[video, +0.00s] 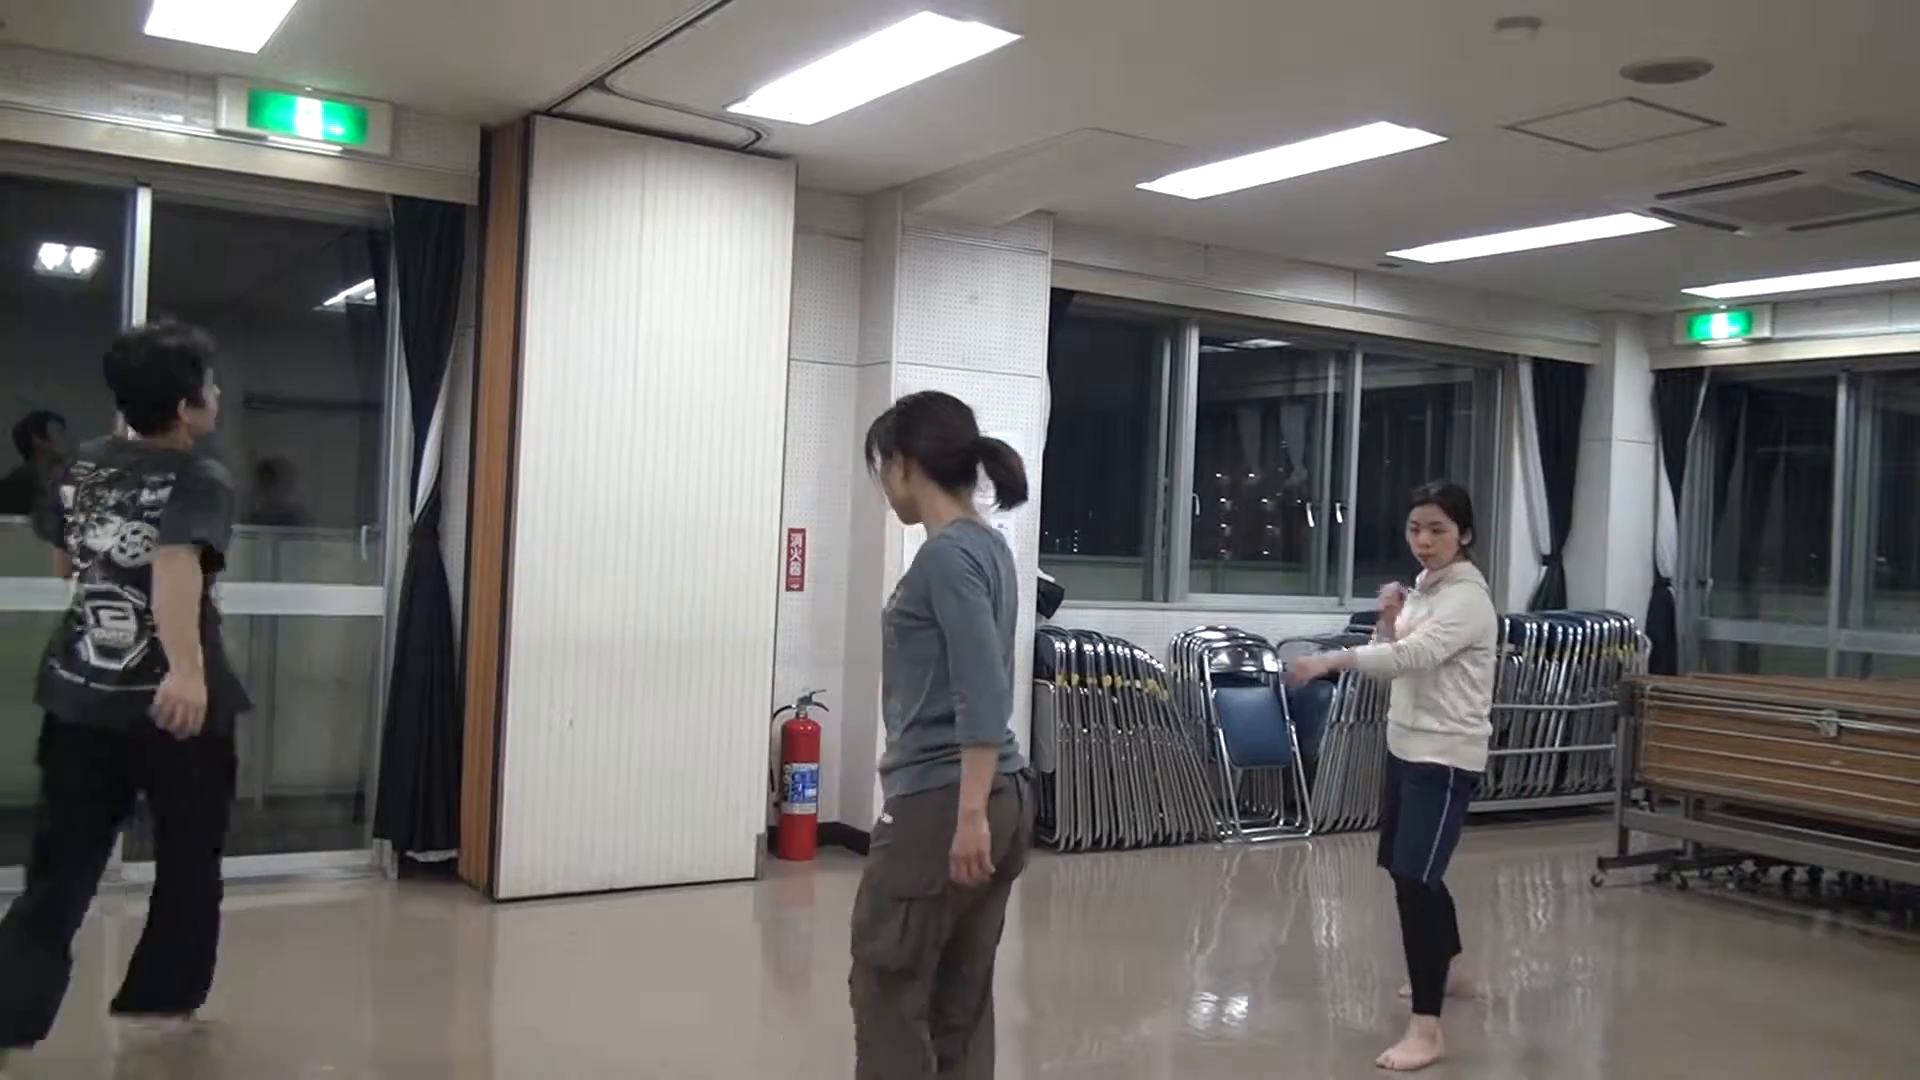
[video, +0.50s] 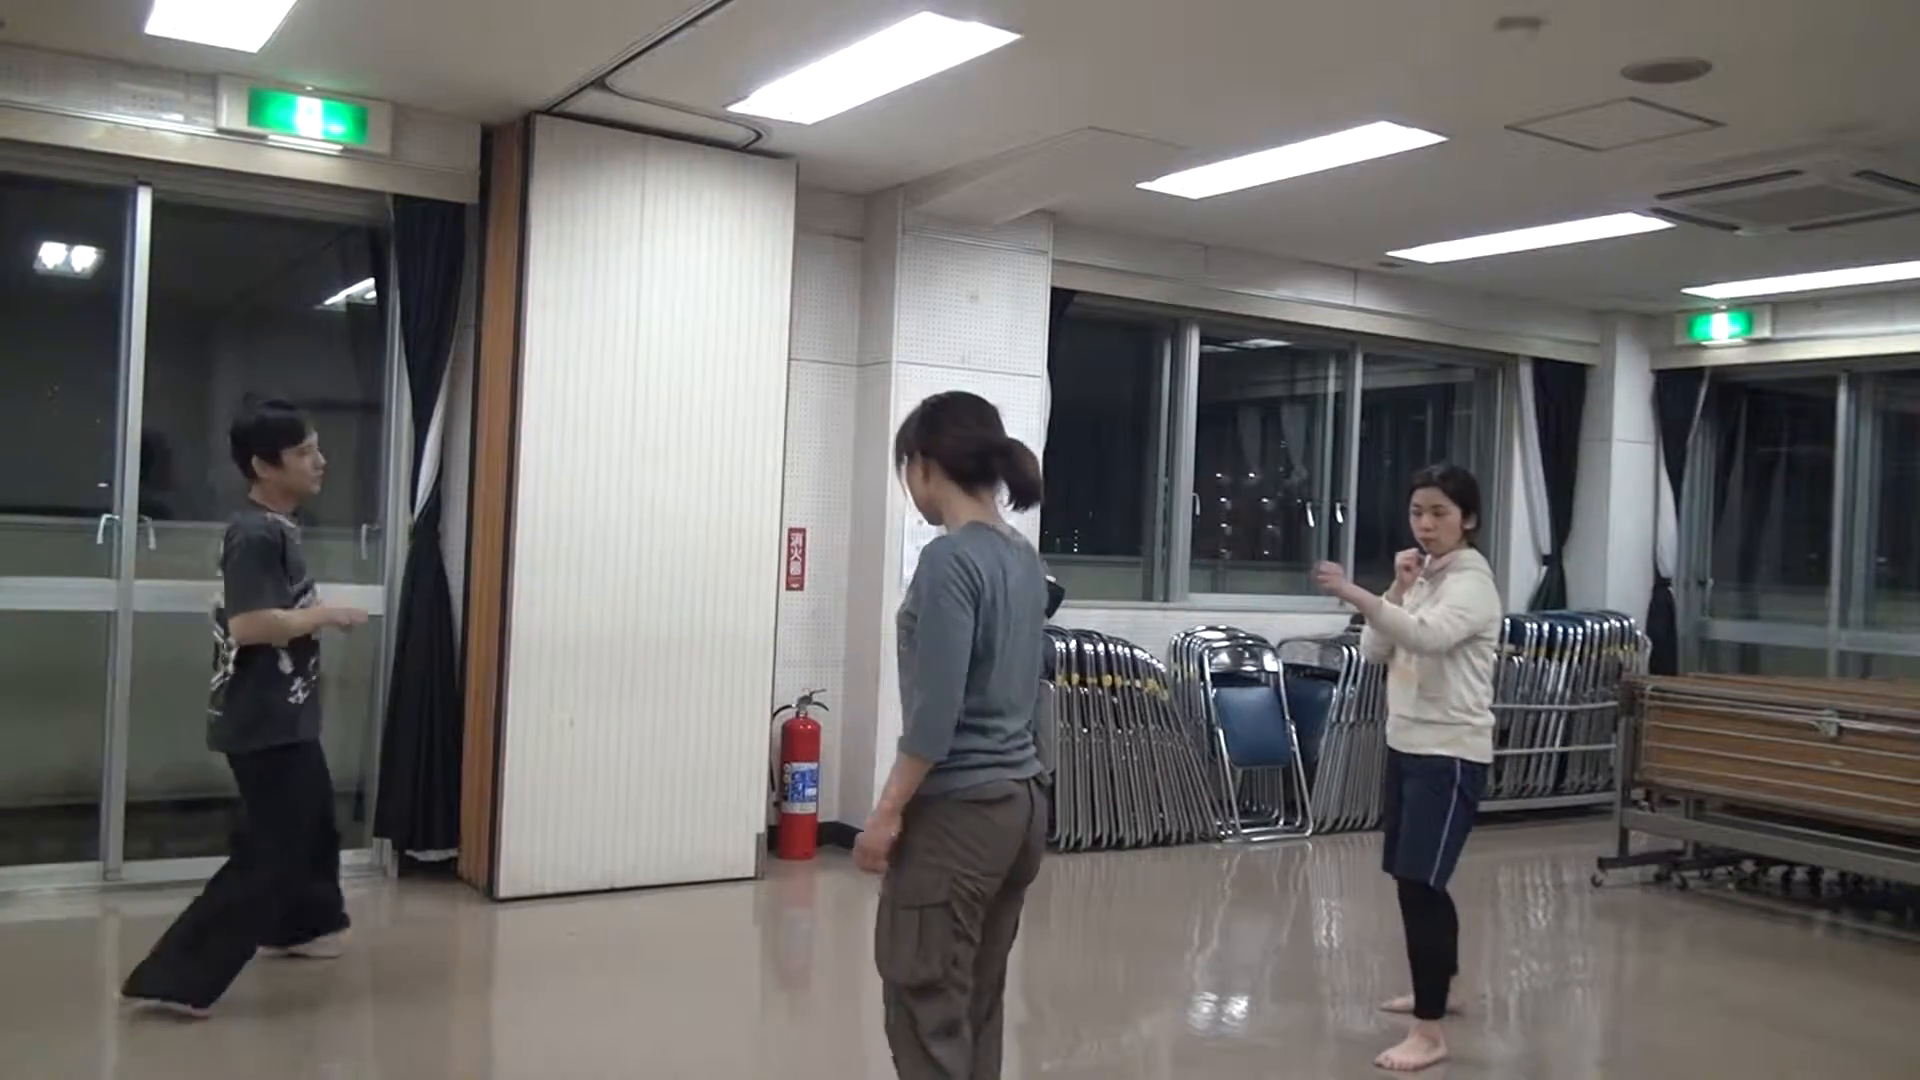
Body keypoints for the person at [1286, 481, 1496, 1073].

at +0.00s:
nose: (1423, 540)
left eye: (1435, 529)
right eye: (1415, 530)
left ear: (1462, 535)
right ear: (1409, 534)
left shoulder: (1467, 595)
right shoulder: (1423, 588)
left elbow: (1420, 654)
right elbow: (1402, 661)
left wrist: (1331, 662)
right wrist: (1391, 624)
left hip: (1444, 757)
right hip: (1407, 750)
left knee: (1416, 877)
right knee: (1398, 860)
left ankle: (1426, 1029)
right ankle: (1447, 968)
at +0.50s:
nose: (1423, 523)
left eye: (1435, 512)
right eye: (1417, 512)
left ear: (1466, 518)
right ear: (1410, 518)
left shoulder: (1474, 580)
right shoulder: (1418, 578)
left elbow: (1433, 636)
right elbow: (1376, 651)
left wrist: (1353, 594)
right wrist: (1397, 590)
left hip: (1449, 754)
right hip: (1408, 749)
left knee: (1420, 882)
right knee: (1412, 877)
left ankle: (1428, 1032)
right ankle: (1435, 990)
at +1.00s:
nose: (1430, 527)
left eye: (1443, 516)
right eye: (1424, 516)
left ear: (1473, 524)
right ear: (1417, 523)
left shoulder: (1478, 584)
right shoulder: (1425, 582)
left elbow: (1439, 637)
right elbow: (1381, 650)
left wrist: (1368, 601)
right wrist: (1406, 593)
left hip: (1454, 760)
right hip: (1411, 752)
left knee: (1423, 886)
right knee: (1397, 869)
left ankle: (1429, 1032)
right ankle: (1436, 993)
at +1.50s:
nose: (1436, 526)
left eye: (1450, 516)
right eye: (1429, 515)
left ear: (1476, 527)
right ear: (1419, 523)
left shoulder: (1479, 583)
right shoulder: (1419, 582)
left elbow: (1449, 633)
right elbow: (1373, 644)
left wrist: (1388, 591)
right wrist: (1405, 587)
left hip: (1453, 758)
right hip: (1406, 750)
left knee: (1427, 887)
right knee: (1391, 866)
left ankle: (1429, 1032)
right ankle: (1440, 990)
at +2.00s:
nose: (1434, 521)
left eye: (1449, 512)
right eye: (1427, 510)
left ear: (1475, 523)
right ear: (1418, 519)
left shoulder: (1478, 579)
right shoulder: (1419, 578)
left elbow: (1445, 623)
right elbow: (1370, 638)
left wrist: (1388, 577)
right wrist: (1404, 581)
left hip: (1449, 754)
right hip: (1405, 747)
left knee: (1425, 882)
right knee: (1405, 872)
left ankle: (1426, 1033)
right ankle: (1437, 987)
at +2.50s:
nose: (1436, 521)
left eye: (1451, 511)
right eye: (1429, 510)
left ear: (1476, 520)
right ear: (1420, 518)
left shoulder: (1479, 576)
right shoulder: (1424, 577)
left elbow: (1447, 624)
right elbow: (1375, 641)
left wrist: (1387, 579)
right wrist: (1406, 583)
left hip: (1451, 754)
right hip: (1410, 747)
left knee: (1427, 882)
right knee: (1415, 875)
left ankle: (1427, 1032)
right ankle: (1442, 991)